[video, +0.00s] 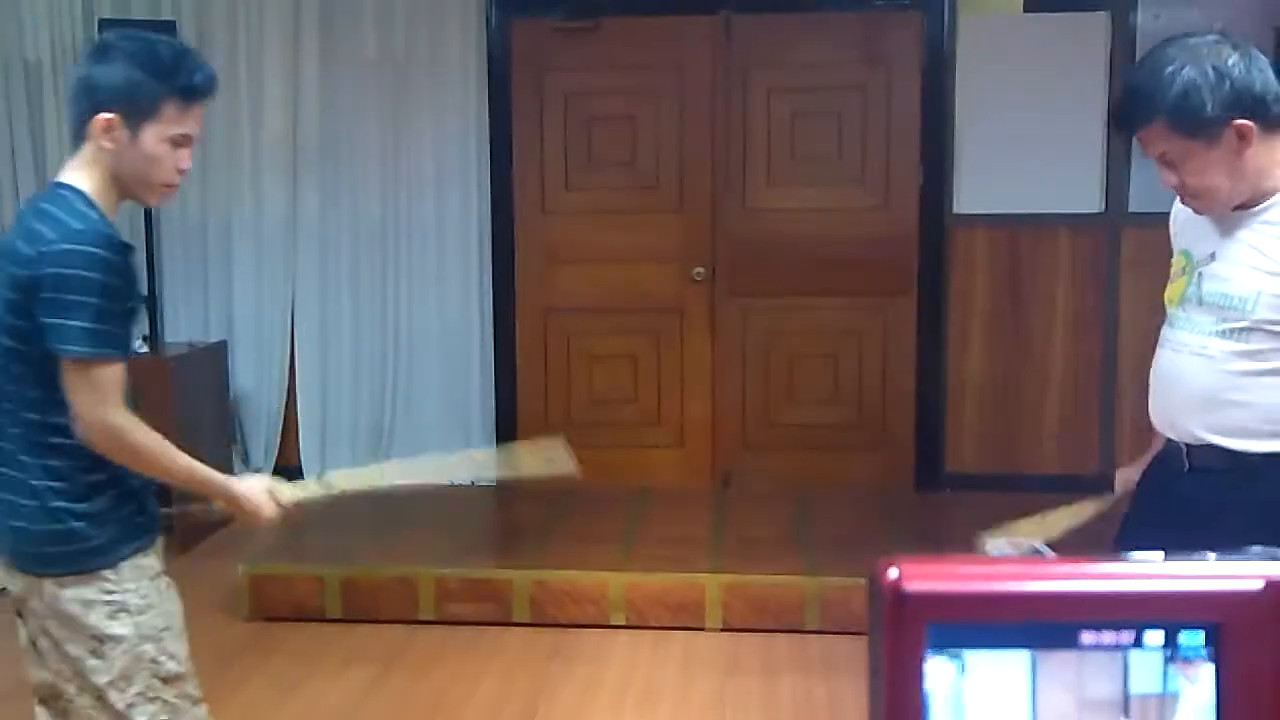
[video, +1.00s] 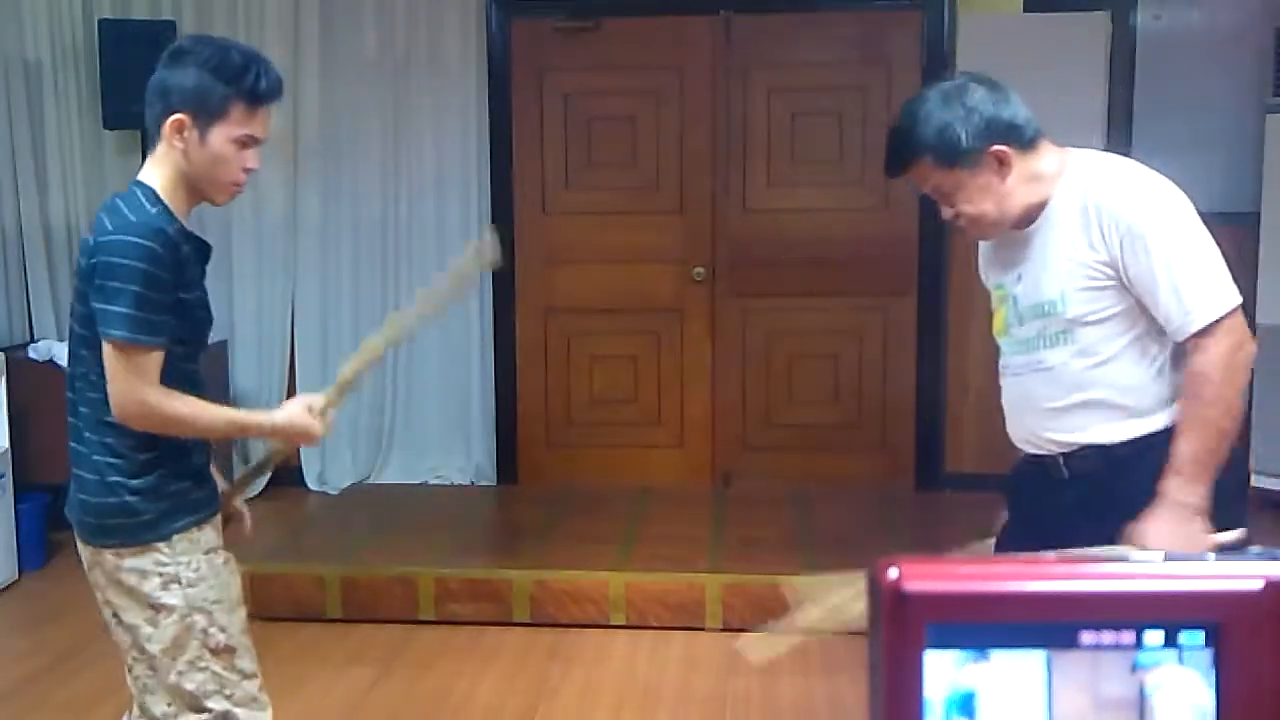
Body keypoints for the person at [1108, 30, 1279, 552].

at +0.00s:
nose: (1166, 184)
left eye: (1172, 162)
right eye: (1158, 165)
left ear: (1241, 135)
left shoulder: (1272, 225)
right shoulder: (1188, 213)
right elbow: (1195, 350)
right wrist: (1150, 461)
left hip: (1261, 485)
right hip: (1176, 476)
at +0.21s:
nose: (1128, 184)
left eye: (1135, 165)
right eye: (1120, 167)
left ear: (1202, 139)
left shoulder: (1271, 211)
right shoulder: (1162, 206)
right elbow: (1159, 346)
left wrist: (1237, 510)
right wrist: (1118, 457)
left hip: (1241, 487)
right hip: (1146, 477)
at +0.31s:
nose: (1096, 184)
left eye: (1104, 166)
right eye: (1090, 167)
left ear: (1166, 140)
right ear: (1165, 142)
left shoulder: (1265, 212)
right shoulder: (1138, 203)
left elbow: (1277, 402)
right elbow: (1143, 354)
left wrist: (1204, 511)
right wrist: (1081, 449)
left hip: (1221, 492)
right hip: (1121, 482)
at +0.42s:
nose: (1059, 186)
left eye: (1065, 167)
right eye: (1050, 170)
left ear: (1126, 139)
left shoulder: (1242, 212)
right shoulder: (1105, 212)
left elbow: (1278, 383)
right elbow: (1112, 359)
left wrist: (1194, 511)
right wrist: (1037, 436)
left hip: (1197, 496)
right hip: (1095, 487)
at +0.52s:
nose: (1026, 195)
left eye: (1030, 176)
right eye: (1017, 180)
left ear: (1086, 145)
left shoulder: (1207, 209)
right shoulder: (1075, 219)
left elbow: (1268, 377)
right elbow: (1085, 363)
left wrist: (1207, 527)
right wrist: (1010, 443)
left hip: (1174, 493)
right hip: (1074, 488)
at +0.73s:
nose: (972, 209)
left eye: (974, 189)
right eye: (963, 195)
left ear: (1026, 152)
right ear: (1025, 153)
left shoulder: (1151, 201)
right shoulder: (1020, 229)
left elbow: (1250, 346)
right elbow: (1060, 368)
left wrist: (1246, 518)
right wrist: (1022, 485)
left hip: (1155, 484)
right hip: (1049, 487)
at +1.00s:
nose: (946, 217)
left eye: (947, 197)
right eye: (936, 203)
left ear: (999, 163)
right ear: (1000, 164)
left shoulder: (1128, 200)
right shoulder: (994, 237)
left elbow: (1225, 342)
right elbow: (1045, 369)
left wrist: (1183, 505)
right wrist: (1023, 508)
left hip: (1144, 483)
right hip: (1042, 488)